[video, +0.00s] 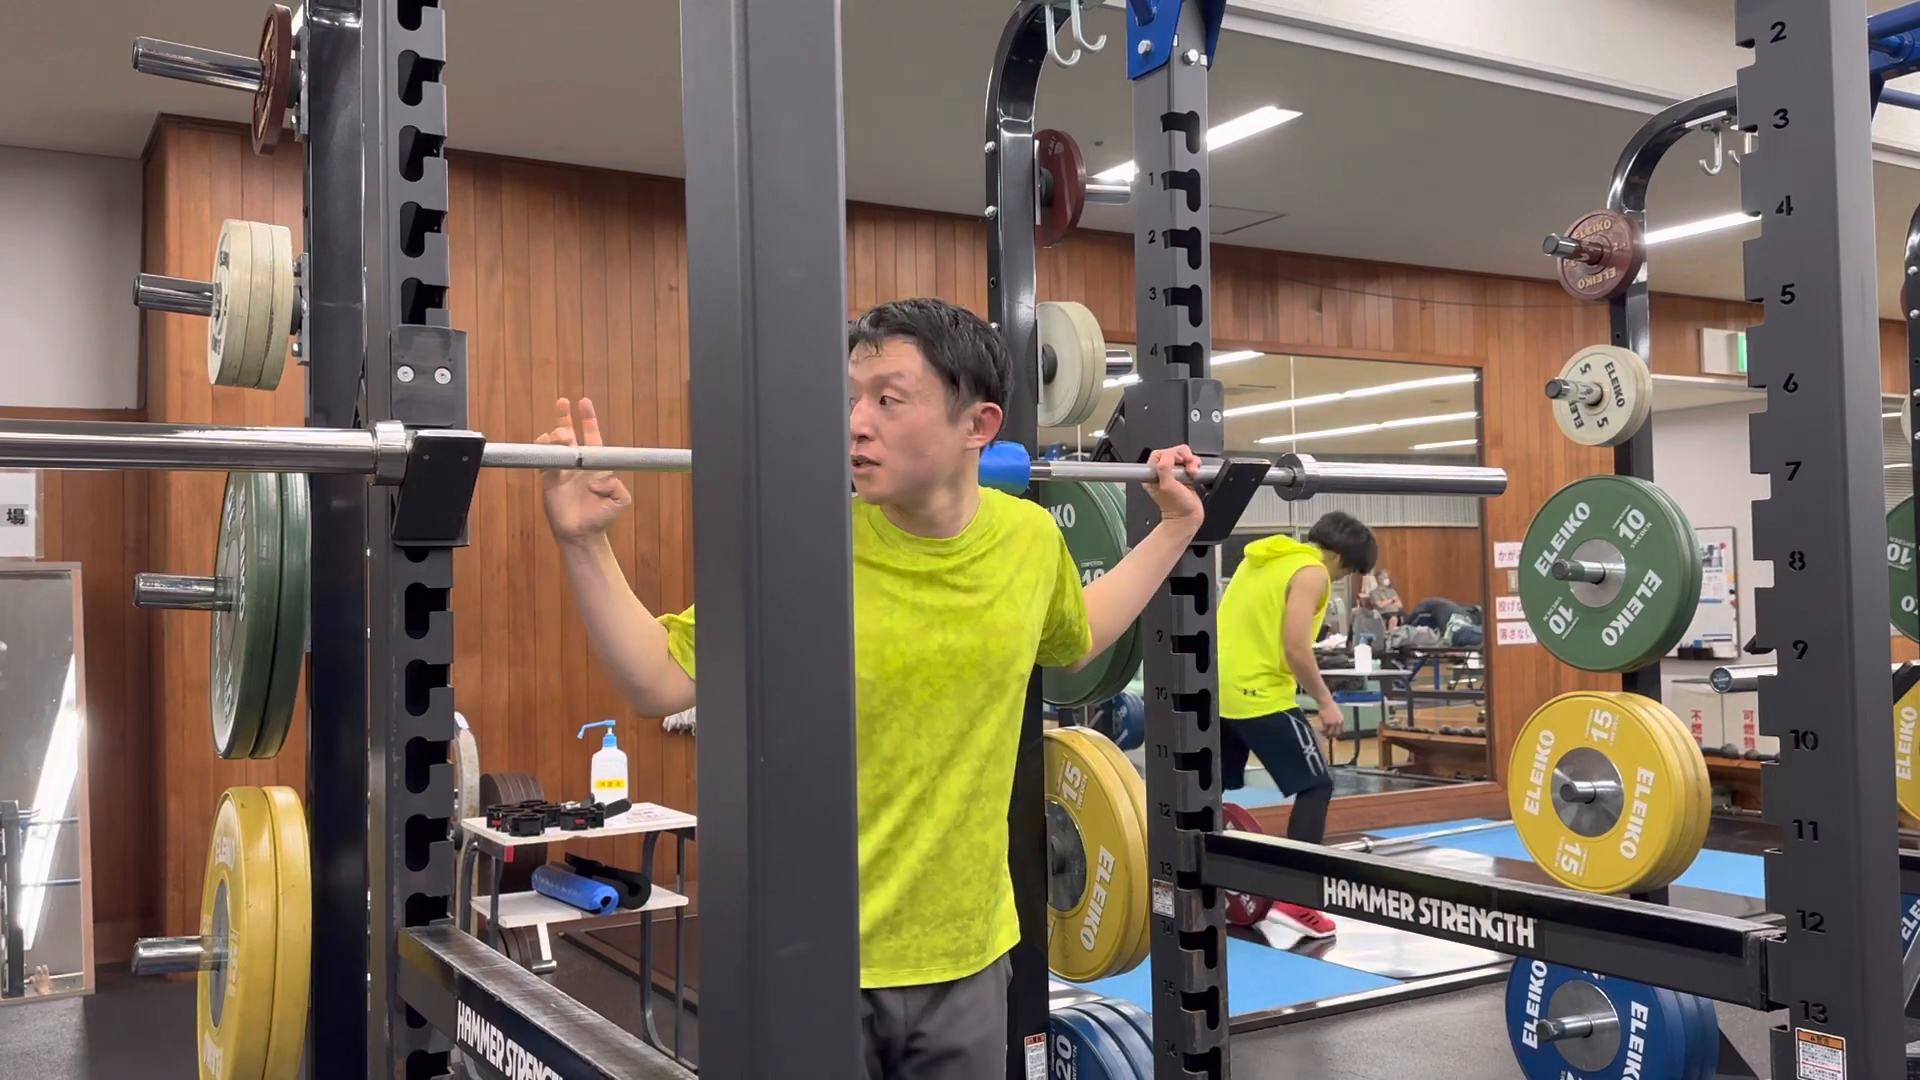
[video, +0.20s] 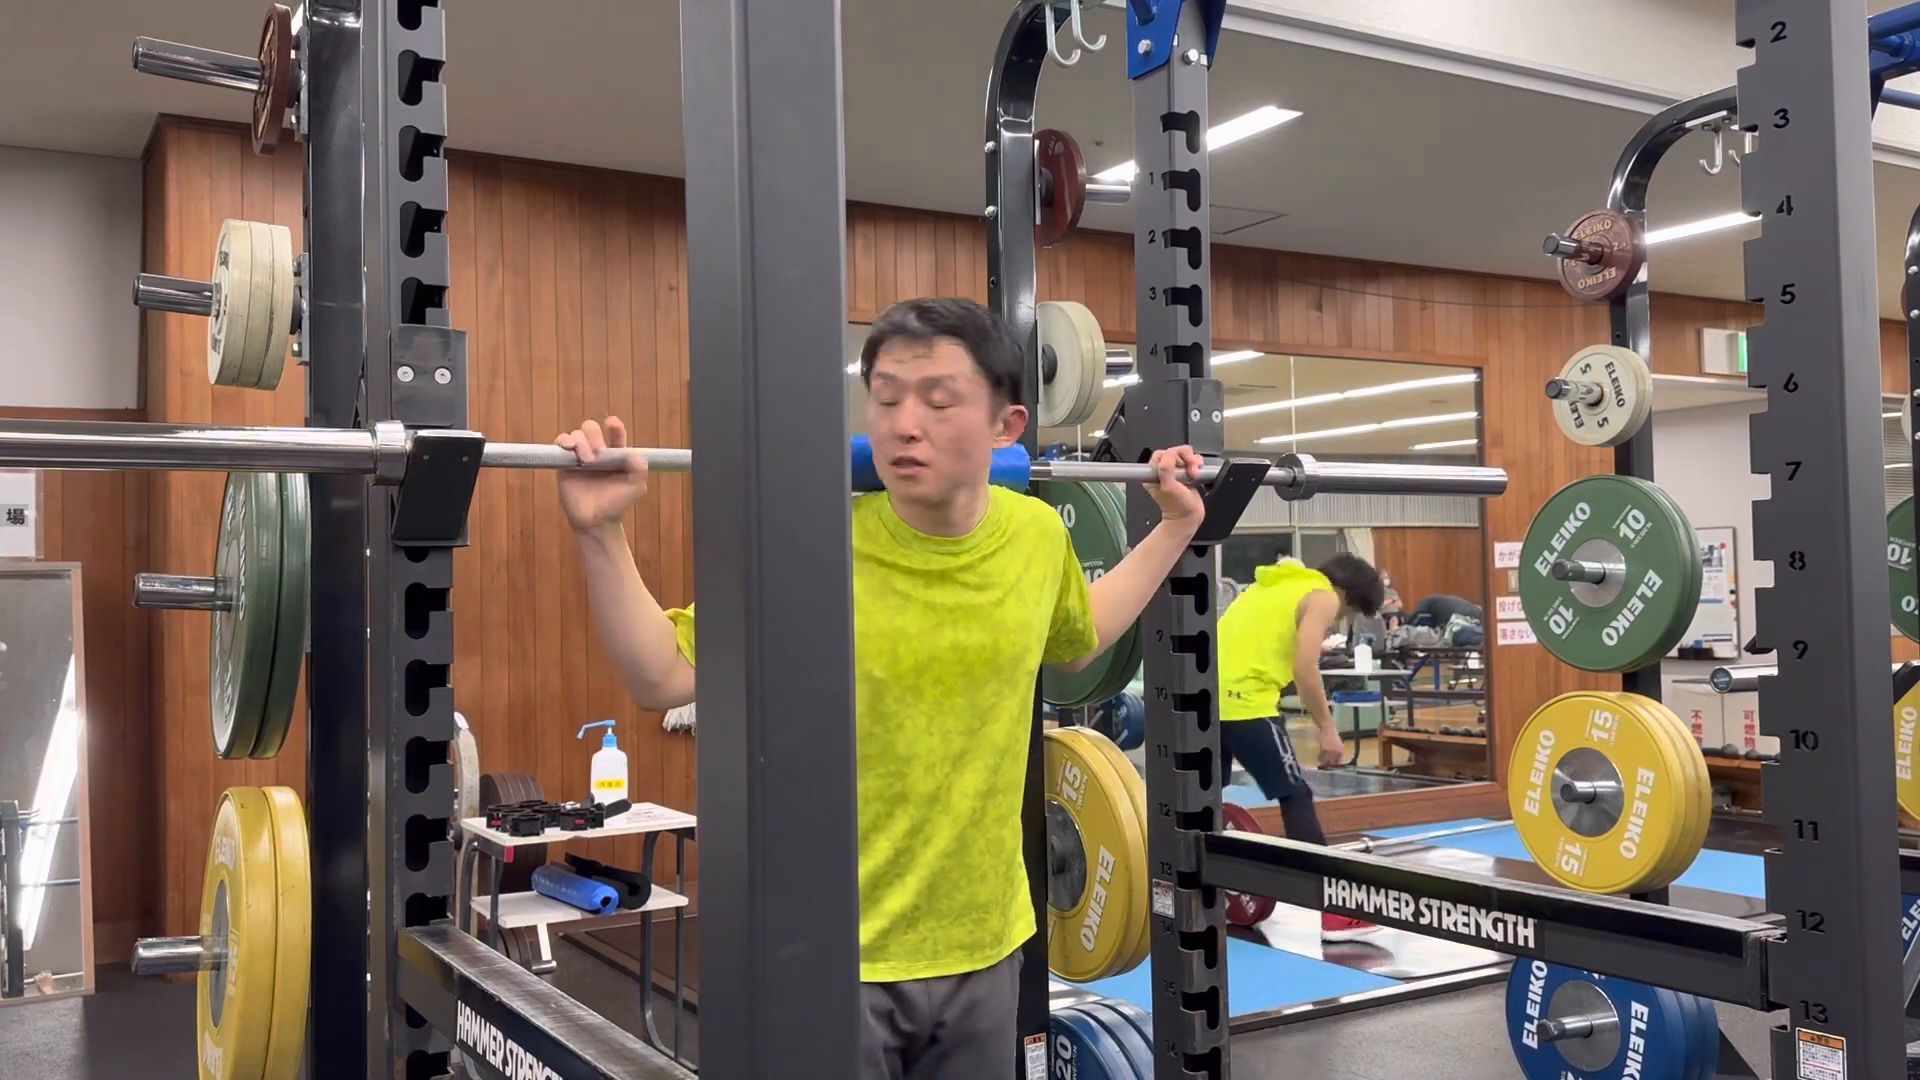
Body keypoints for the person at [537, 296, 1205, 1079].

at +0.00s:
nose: (856, 423)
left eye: (890, 397)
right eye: (850, 397)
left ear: (980, 425)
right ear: (839, 411)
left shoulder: (1028, 538)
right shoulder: (815, 545)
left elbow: (1073, 638)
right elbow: (665, 684)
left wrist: (1175, 530)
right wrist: (584, 544)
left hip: (968, 967)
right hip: (811, 966)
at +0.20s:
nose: (905, 423)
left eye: (939, 398)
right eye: (886, 397)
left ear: (1004, 422)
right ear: (864, 417)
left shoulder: (1036, 534)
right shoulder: (816, 538)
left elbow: (1077, 638)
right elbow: (665, 681)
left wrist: (1174, 530)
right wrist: (601, 537)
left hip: (988, 957)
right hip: (838, 963)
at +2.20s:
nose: (975, 410)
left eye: (998, 375)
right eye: (942, 376)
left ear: (1020, 378)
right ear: (873, 381)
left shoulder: (1019, 482)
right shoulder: (809, 492)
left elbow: (1053, 575)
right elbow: (639, 615)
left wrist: (1164, 481)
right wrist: (592, 471)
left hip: (991, 927)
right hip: (849, 949)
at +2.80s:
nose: (1074, 462)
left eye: (1092, 428)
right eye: (1039, 430)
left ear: (1111, 420)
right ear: (958, 428)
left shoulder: (1103, 536)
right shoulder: (865, 548)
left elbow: (1124, 639)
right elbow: (704, 678)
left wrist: (1240, 531)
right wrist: (666, 536)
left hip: (1074, 984)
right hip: (909, 1007)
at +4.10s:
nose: (1133, 485)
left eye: (1147, 453)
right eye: (1092, 454)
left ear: (1164, 461)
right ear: (999, 476)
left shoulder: (1151, 599)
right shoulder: (894, 608)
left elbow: (1183, 711)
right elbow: (719, 761)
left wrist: (1298, 598)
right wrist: (677, 612)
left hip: (1091, 1025)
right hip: (914, 1037)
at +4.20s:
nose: (1141, 559)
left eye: (1155, 527)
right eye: (1099, 528)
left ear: (1170, 535)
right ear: (1007, 546)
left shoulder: (1161, 667)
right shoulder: (905, 683)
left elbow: (1193, 768)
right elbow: (729, 834)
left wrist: (1308, 652)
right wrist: (681, 686)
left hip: (1079, 1050)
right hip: (911, 1052)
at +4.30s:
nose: (1149, 647)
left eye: (1163, 614)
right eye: (1107, 618)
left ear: (1179, 619)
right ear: (1014, 637)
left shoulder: (1169, 748)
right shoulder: (911, 777)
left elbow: (1196, 848)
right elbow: (735, 917)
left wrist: (1316, 730)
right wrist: (691, 788)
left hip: (1074, 1060)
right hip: (905, 1060)